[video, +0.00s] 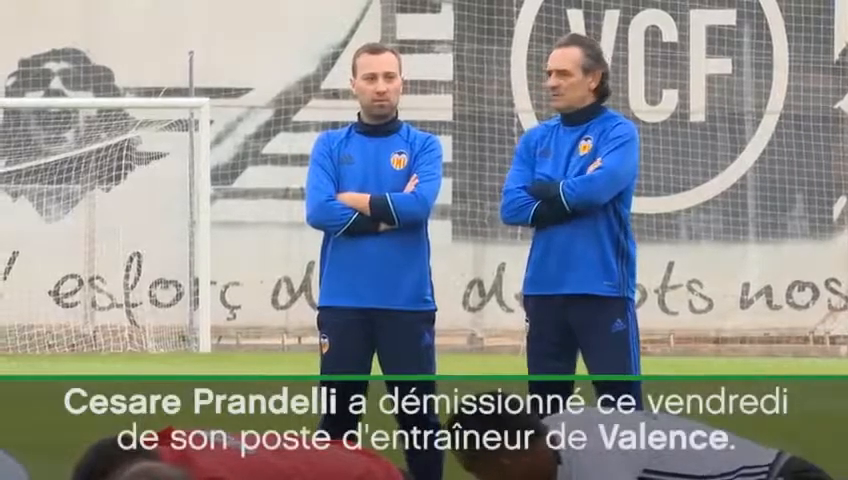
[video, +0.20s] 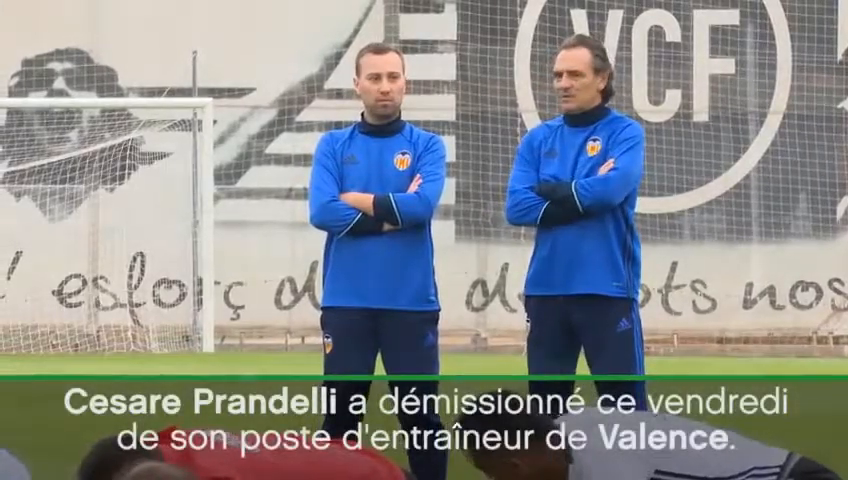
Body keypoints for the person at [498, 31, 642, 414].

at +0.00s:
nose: (551, 82)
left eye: (563, 73)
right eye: (549, 74)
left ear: (594, 80)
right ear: (545, 78)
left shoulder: (618, 130)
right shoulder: (533, 138)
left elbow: (599, 190)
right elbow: (511, 208)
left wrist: (543, 188)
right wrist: (577, 192)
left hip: (603, 292)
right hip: (544, 293)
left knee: (622, 410)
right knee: (544, 411)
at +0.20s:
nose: (563, 84)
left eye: (574, 74)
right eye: (558, 75)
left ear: (602, 80)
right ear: (553, 80)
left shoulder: (624, 130)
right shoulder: (536, 138)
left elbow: (614, 190)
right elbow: (516, 208)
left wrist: (548, 190)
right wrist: (591, 191)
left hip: (607, 293)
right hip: (546, 293)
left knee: (626, 410)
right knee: (544, 411)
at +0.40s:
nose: (577, 82)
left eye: (588, 74)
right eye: (571, 74)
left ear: (612, 80)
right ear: (563, 80)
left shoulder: (631, 131)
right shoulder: (541, 138)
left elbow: (623, 190)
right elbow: (522, 207)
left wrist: (555, 189)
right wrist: (599, 191)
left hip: (614, 292)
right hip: (551, 292)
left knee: (630, 408)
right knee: (548, 409)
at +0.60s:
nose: (583, 80)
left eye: (595, 71)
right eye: (576, 71)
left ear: (617, 78)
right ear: (568, 78)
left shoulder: (634, 130)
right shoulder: (543, 136)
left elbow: (626, 189)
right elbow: (524, 205)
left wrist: (558, 188)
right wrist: (602, 191)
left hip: (617, 291)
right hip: (554, 291)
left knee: (633, 409)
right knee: (551, 409)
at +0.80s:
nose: (585, 79)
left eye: (596, 71)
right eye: (578, 71)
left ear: (619, 78)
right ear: (570, 78)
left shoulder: (635, 130)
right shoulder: (546, 136)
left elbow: (628, 186)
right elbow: (526, 206)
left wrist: (565, 191)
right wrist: (601, 191)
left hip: (618, 291)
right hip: (557, 291)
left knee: (635, 407)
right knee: (555, 409)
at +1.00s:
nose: (586, 79)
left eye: (597, 71)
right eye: (578, 70)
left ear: (620, 78)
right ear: (570, 77)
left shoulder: (637, 132)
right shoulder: (547, 138)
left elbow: (623, 193)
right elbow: (528, 208)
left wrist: (560, 191)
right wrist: (600, 194)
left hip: (621, 292)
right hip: (560, 292)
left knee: (636, 410)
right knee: (560, 412)